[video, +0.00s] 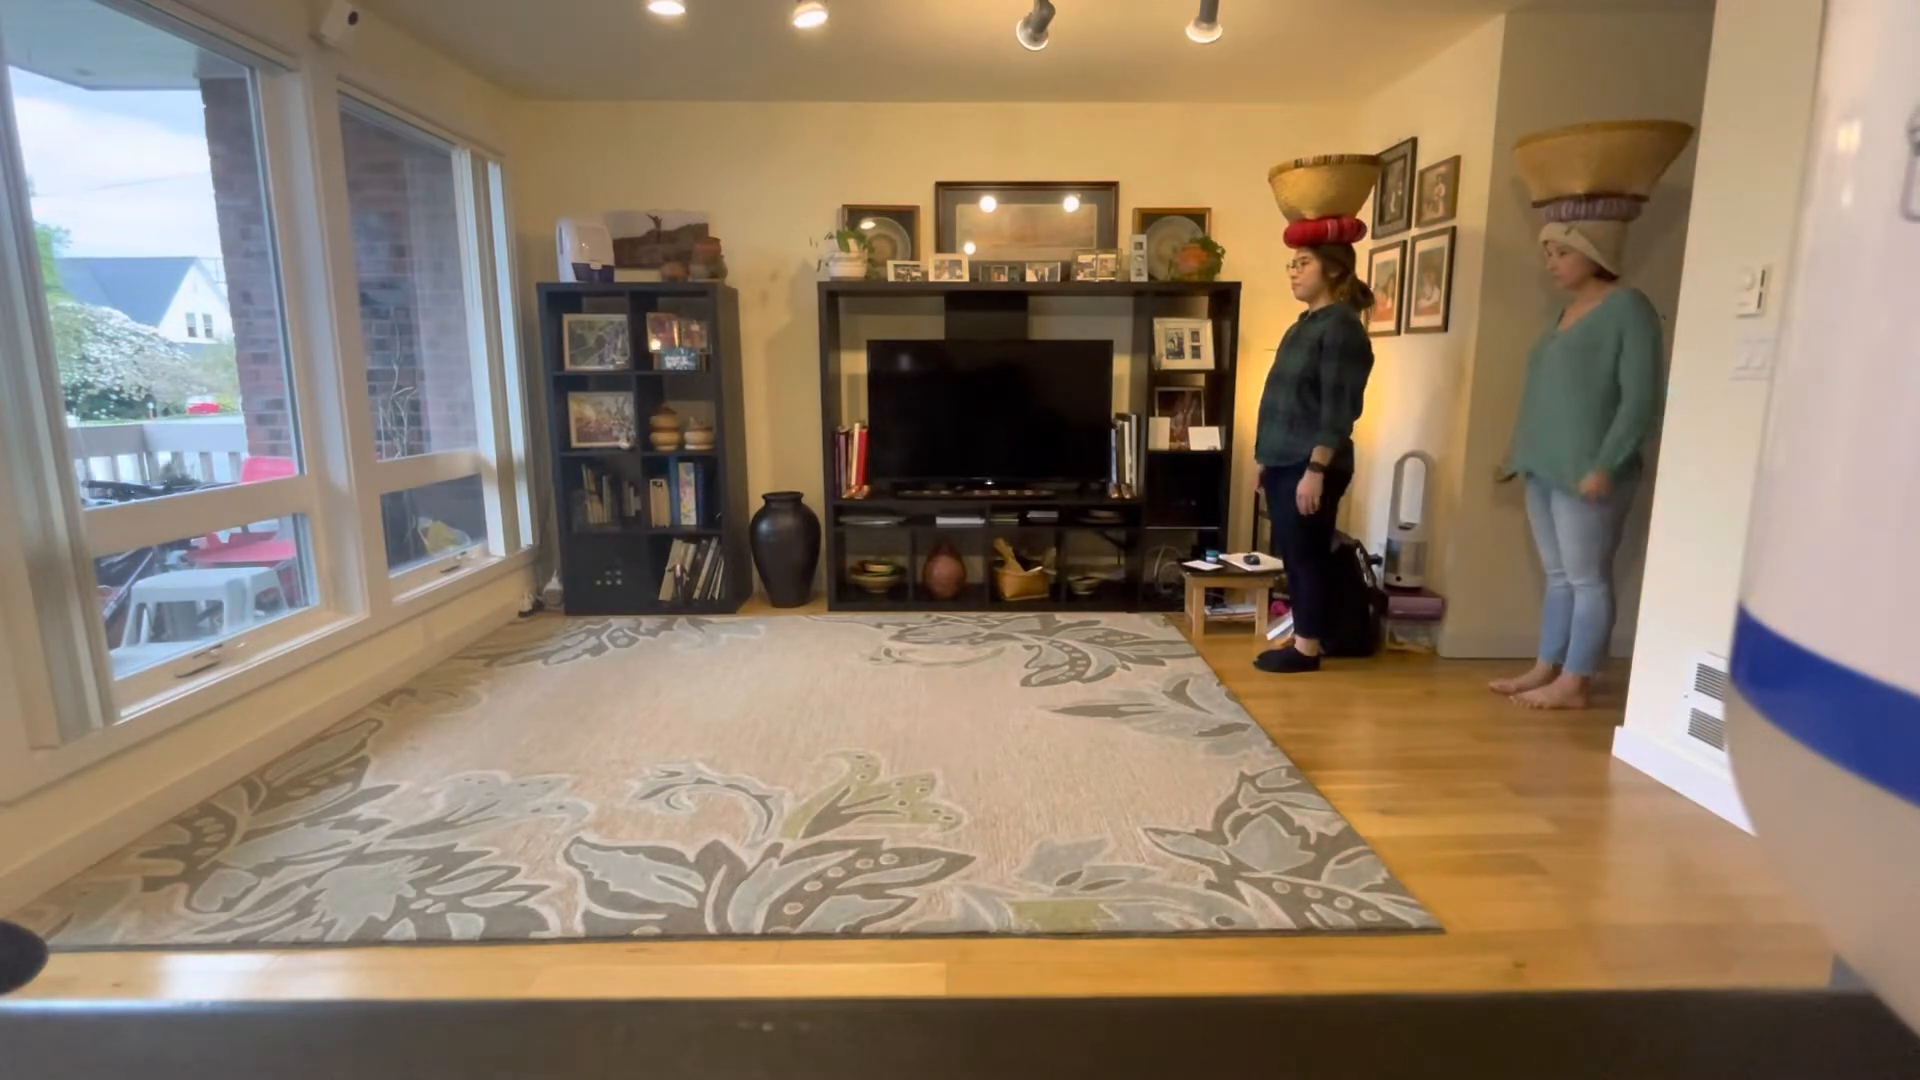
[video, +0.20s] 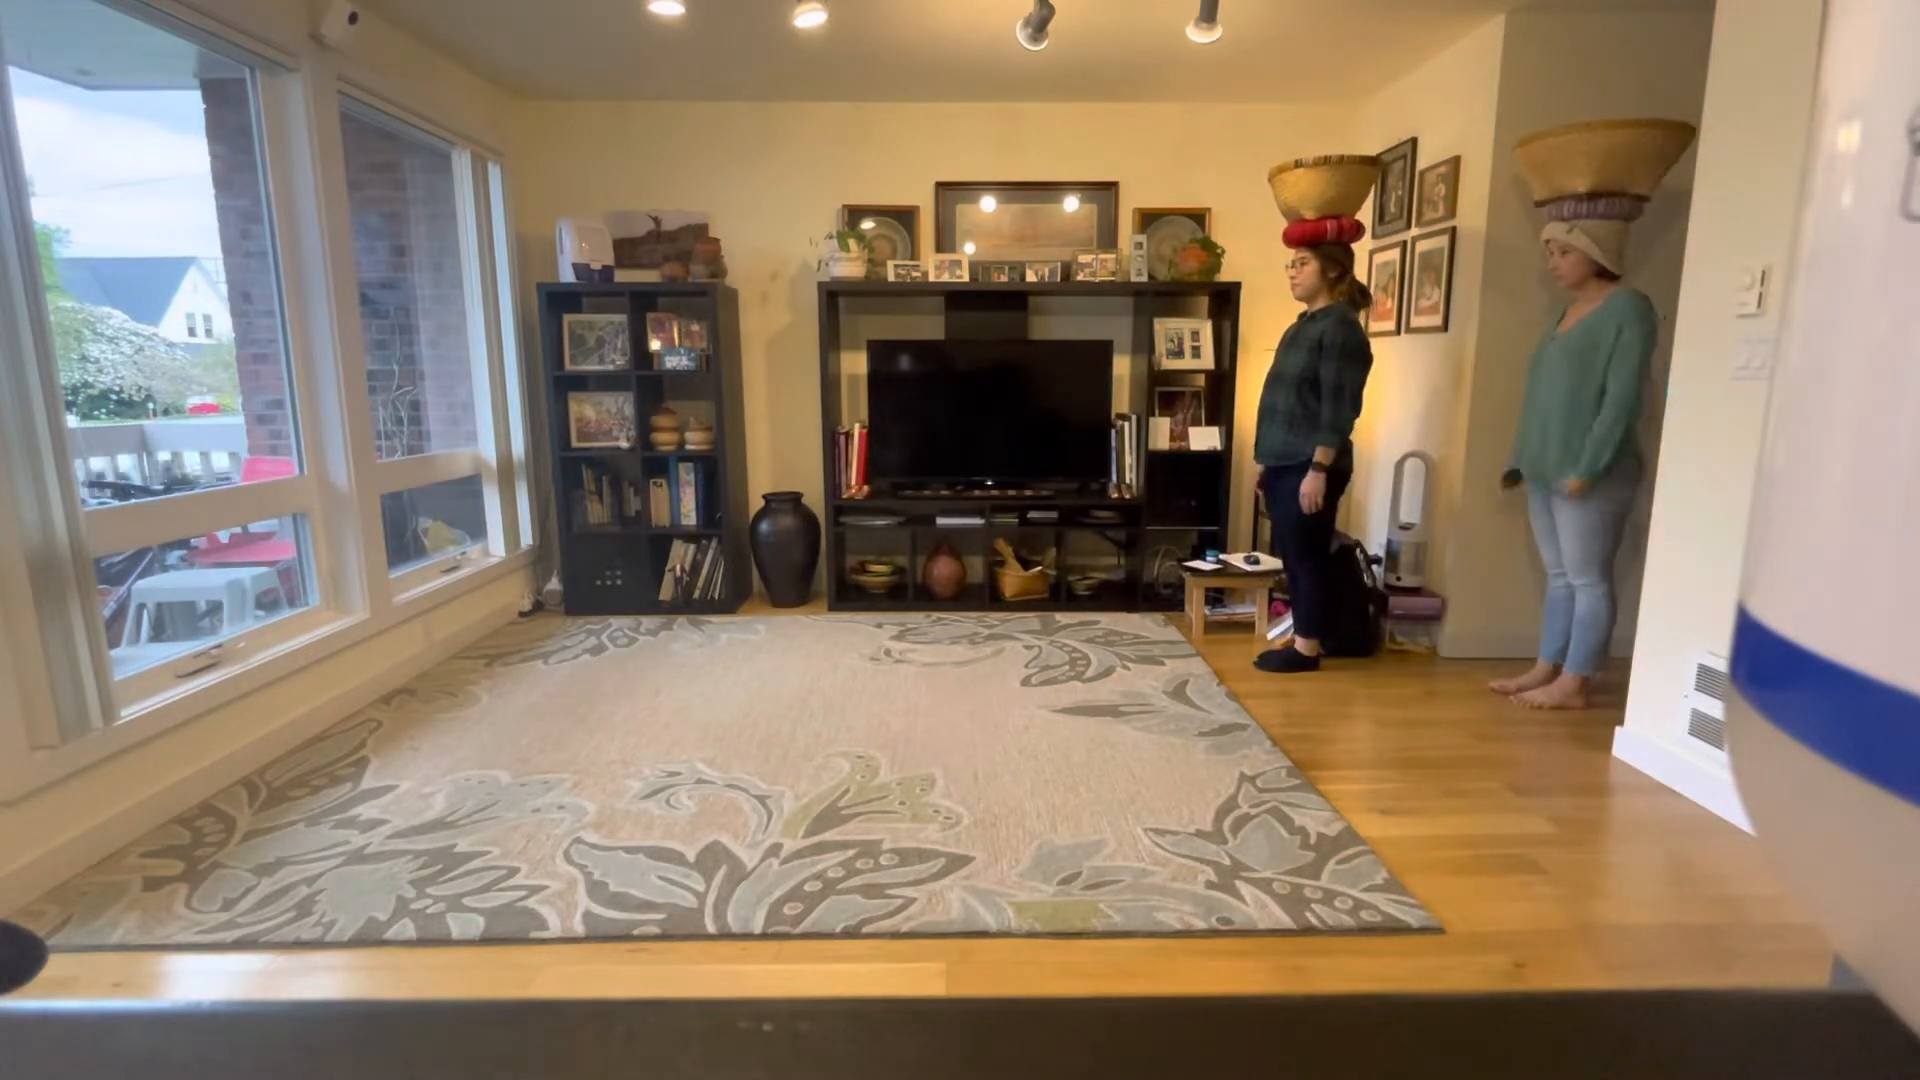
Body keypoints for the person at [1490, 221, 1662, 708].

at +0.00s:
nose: (1552, 264)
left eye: (1560, 253)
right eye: (1549, 255)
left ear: (1592, 254)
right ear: (1556, 260)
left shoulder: (1629, 308)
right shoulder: (1568, 312)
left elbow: (1640, 399)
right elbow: (1552, 394)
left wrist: (1606, 466)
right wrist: (1524, 453)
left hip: (1589, 472)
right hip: (1543, 467)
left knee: (1586, 578)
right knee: (1558, 575)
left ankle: (1575, 682)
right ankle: (1546, 667)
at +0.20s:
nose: (1554, 263)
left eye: (1562, 252)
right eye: (1550, 254)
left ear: (1595, 254)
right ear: (1555, 260)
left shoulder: (1628, 308)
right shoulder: (1569, 311)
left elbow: (1622, 398)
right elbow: (1548, 393)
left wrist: (1588, 467)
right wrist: (1524, 457)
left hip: (1589, 470)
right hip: (1545, 466)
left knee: (1587, 577)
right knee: (1559, 575)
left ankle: (1575, 682)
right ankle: (1546, 667)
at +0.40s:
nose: (1556, 263)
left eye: (1565, 252)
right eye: (1553, 253)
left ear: (1598, 254)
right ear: (1555, 259)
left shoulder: (1630, 309)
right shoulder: (1571, 312)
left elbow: (1626, 399)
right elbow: (1548, 397)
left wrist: (1601, 472)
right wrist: (1525, 462)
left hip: (1590, 469)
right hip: (1547, 466)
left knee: (1586, 577)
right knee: (1558, 574)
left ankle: (1575, 682)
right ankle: (1546, 667)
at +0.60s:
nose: (1557, 263)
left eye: (1567, 252)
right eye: (1554, 254)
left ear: (1599, 256)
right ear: (1556, 260)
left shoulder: (1630, 309)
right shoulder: (1571, 313)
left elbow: (1627, 398)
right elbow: (1546, 396)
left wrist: (1608, 474)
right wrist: (1526, 463)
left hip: (1588, 466)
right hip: (1546, 464)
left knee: (1586, 577)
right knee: (1558, 574)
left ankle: (1575, 682)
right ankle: (1546, 667)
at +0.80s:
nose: (1558, 263)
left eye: (1568, 252)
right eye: (1555, 253)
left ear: (1600, 255)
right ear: (1557, 260)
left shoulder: (1631, 309)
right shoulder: (1572, 312)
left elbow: (1629, 399)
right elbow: (1548, 395)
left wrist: (1603, 474)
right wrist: (1528, 463)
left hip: (1589, 466)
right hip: (1547, 463)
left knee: (1586, 577)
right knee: (1559, 574)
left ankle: (1574, 682)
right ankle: (1546, 667)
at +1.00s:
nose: (1557, 263)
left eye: (1567, 253)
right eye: (1555, 254)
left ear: (1600, 256)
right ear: (1557, 259)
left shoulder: (1630, 309)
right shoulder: (1571, 313)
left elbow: (1628, 399)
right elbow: (1546, 397)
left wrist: (1600, 475)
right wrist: (1524, 465)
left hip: (1589, 467)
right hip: (1547, 464)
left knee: (1587, 577)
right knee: (1559, 574)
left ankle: (1575, 682)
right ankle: (1546, 667)